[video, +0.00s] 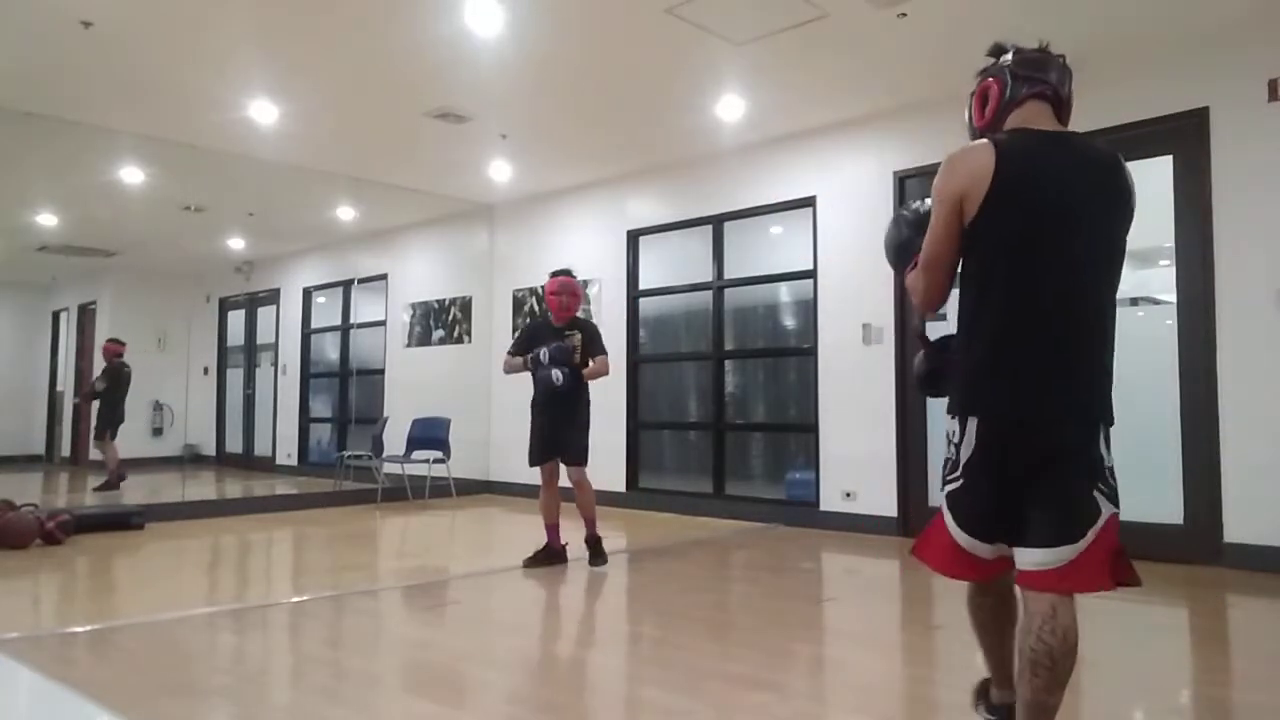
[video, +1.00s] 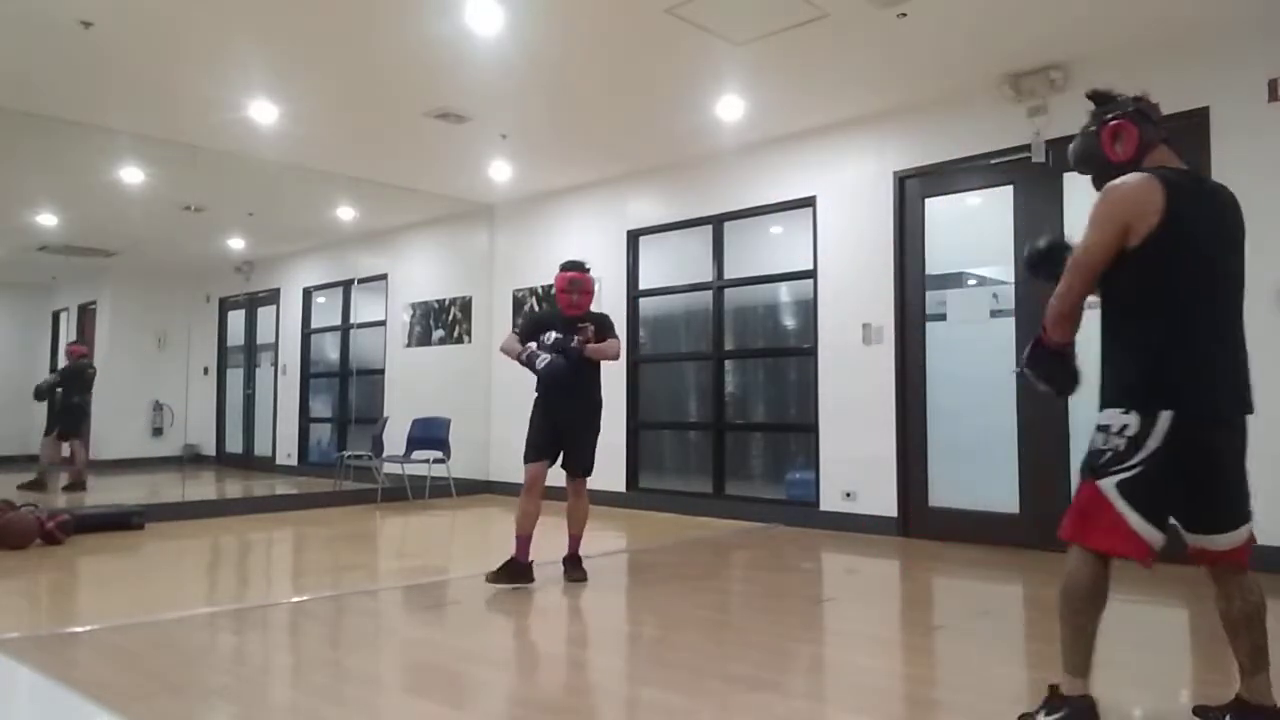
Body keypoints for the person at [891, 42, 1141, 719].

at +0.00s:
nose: (972, 112)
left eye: (973, 103)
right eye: (972, 105)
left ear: (990, 96)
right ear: (1063, 105)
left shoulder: (970, 164)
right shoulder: (1112, 171)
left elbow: (927, 295)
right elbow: (1086, 284)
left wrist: (911, 256)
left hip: (992, 398)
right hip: (1079, 397)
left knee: (987, 566)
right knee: (1051, 583)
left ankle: (1005, 691)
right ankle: (1036, 715)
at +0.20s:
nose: (975, 135)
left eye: (976, 125)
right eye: (974, 127)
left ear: (990, 120)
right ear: (1059, 122)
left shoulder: (968, 194)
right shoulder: (1112, 185)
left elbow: (952, 319)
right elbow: (1084, 284)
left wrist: (926, 280)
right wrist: (974, 268)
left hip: (1006, 407)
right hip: (1089, 402)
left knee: (1012, 573)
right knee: (1059, 578)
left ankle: (1047, 705)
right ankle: (1037, 714)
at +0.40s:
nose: (978, 148)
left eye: (980, 136)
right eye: (977, 138)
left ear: (996, 130)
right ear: (1055, 129)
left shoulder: (983, 203)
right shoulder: (1113, 181)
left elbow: (932, 317)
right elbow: (1153, 290)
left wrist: (911, 286)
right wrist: (1084, 306)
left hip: (1022, 412)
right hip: (1108, 406)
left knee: (1026, 565)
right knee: (1110, 560)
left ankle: (1050, 702)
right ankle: (1071, 678)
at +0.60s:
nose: (1000, 146)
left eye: (1002, 135)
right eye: (1001, 136)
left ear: (1018, 132)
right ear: (1075, 132)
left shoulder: (1003, 207)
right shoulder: (1131, 183)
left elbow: (957, 315)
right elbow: (1174, 284)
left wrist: (969, 279)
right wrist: (1103, 279)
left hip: (1043, 408)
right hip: (1128, 402)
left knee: (1035, 558)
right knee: (1158, 551)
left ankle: (1043, 702)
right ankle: (1194, 690)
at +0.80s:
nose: (1046, 152)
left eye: (1047, 142)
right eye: (1045, 144)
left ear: (1065, 136)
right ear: (1117, 135)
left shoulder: (1050, 202)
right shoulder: (1178, 195)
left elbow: (1020, 321)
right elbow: (1183, 300)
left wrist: (1017, 341)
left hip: (1072, 411)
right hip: (1158, 407)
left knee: (1047, 557)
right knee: (1206, 554)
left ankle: (1045, 701)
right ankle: (1256, 690)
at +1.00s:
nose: (1098, 176)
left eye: (1098, 163)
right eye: (1095, 166)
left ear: (1121, 137)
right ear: (1155, 136)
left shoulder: (1127, 195)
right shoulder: (1222, 201)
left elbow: (1066, 299)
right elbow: (1168, 281)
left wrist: (1054, 352)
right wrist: (1076, 265)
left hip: (1146, 403)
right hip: (1221, 404)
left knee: (1087, 542)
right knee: (1229, 557)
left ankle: (1073, 695)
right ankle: (1258, 699)